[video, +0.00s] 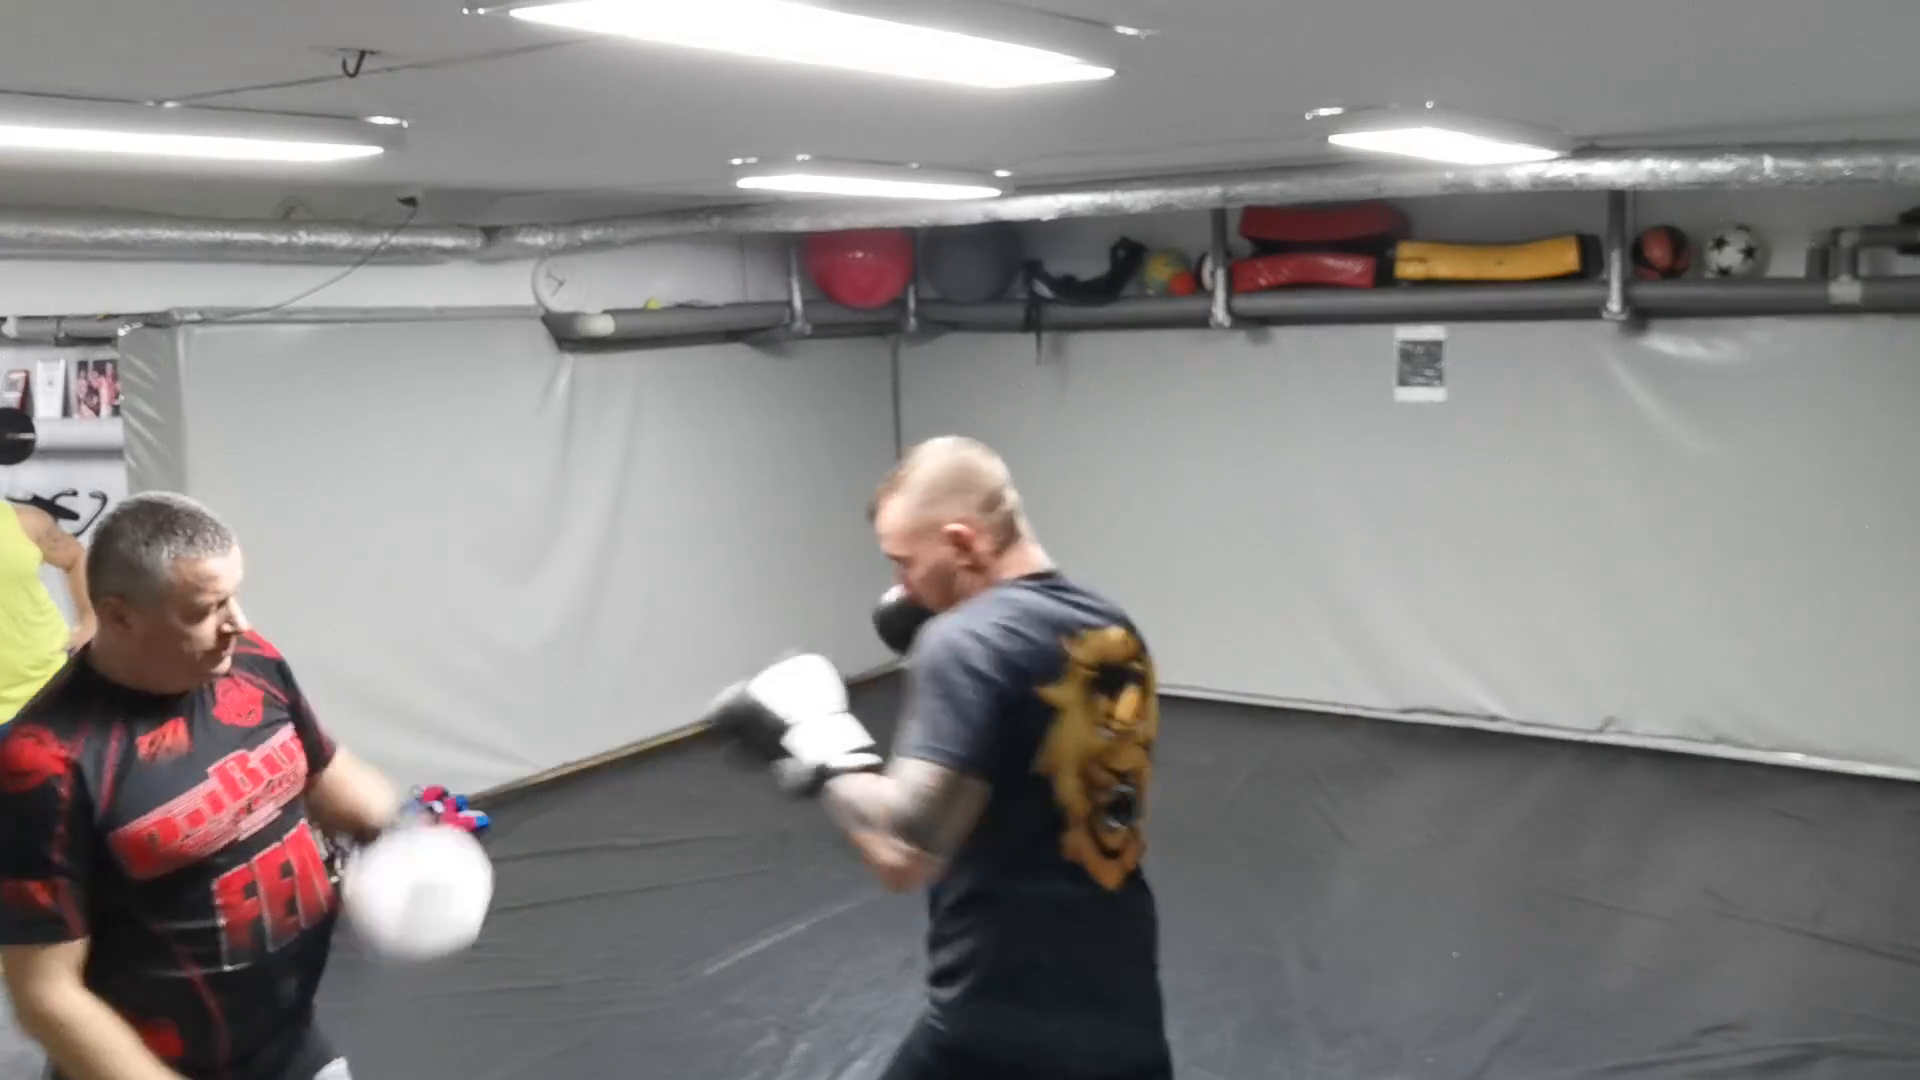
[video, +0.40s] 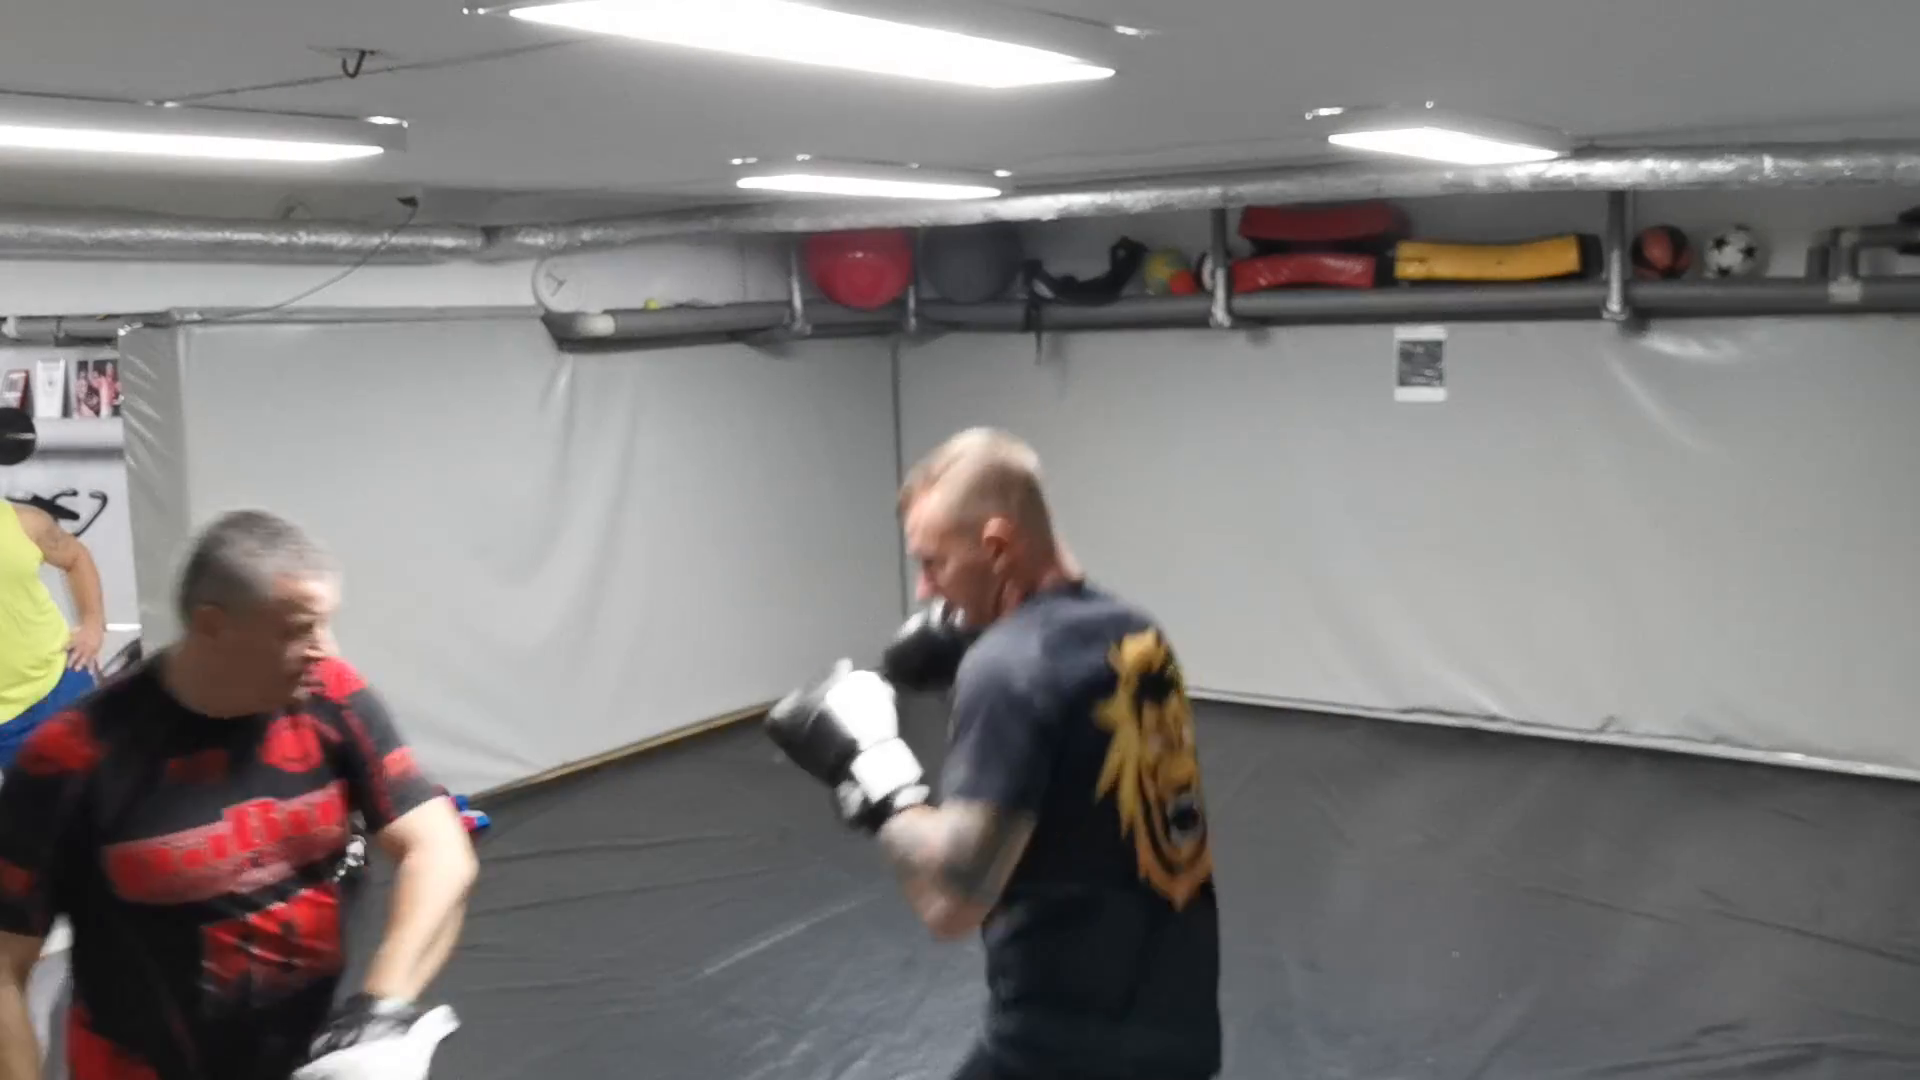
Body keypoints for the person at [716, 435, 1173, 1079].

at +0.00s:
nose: (898, 589)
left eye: (904, 564)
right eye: (894, 567)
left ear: (962, 544)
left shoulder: (966, 642)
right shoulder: (1110, 626)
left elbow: (904, 852)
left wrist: (818, 737)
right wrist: (946, 636)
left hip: (1002, 1010)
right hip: (1118, 997)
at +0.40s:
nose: (923, 590)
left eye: (933, 564)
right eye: (919, 567)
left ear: (997, 543)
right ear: (1005, 542)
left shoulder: (1011, 666)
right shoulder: (1130, 630)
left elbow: (950, 900)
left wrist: (873, 759)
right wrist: (977, 655)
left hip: (1060, 1045)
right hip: (1173, 1034)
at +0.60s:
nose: (945, 586)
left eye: (952, 561)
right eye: (938, 565)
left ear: (1016, 537)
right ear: (1022, 538)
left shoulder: (1076, 663)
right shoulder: (1126, 608)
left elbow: (1011, 855)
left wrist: (940, 724)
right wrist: (996, 865)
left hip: (1168, 987)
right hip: (1223, 955)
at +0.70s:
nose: (1000, 578)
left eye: (1012, 552)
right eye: (994, 554)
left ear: (1076, 532)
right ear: (1077, 534)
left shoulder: (1151, 646)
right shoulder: (1116, 622)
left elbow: (1101, 828)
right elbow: (1088, 749)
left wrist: (1006, 705)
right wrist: (1079, 852)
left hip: (1222, 969)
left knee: (1115, 1069)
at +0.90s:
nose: (1109, 586)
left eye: (1131, 562)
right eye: (1103, 560)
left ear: (1197, 546)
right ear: (1095, 545)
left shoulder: (1278, 655)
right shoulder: (1136, 643)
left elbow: (1331, 839)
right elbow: (1084, 761)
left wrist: (1224, 720)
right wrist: (1042, 698)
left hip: (1291, 945)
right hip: (1228, 937)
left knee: (1250, 1067)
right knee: (1265, 1063)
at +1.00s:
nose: (1157, 531)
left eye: (1177, 510)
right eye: (1143, 510)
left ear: (1238, 495)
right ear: (1127, 494)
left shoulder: (1306, 595)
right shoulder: (1131, 580)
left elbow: (1360, 770)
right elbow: (1063, 716)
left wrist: (1270, 654)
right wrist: (1043, 642)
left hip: (1295, 874)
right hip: (1210, 866)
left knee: (1261, 1066)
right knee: (1247, 1056)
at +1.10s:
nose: (1183, 497)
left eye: (1204, 478)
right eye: (1165, 476)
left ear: (1256, 456)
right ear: (1146, 458)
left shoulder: (1314, 546)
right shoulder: (1135, 541)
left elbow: (1342, 722)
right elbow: (1071, 685)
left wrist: (1259, 598)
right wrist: (1052, 617)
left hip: (1292, 853)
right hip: (1187, 848)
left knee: (1313, 1069)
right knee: (1147, 1056)